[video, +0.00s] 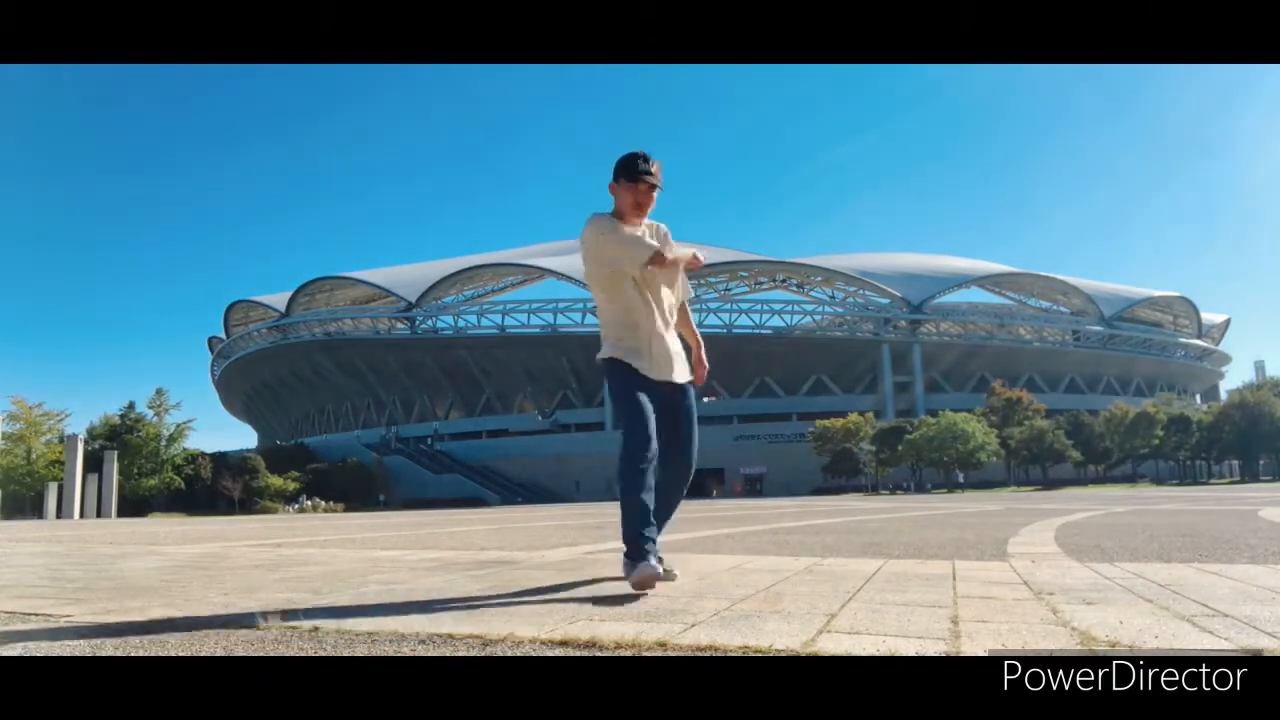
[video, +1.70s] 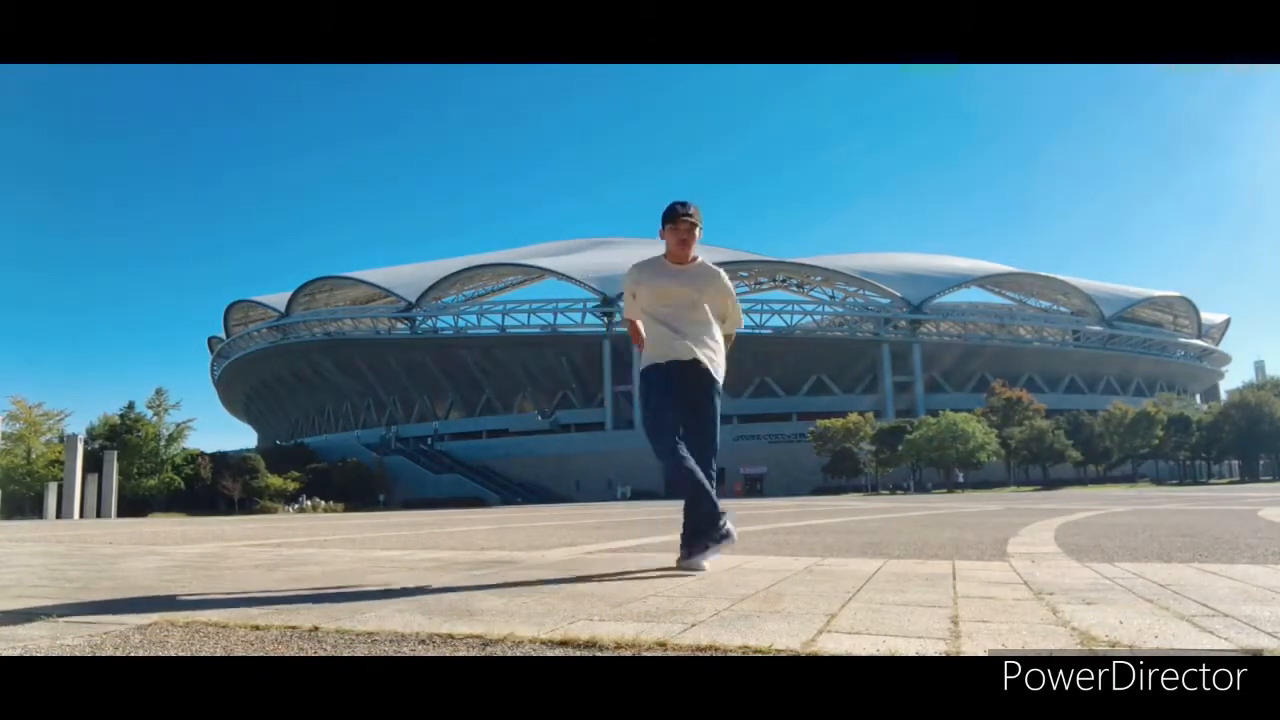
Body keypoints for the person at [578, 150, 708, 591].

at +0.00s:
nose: (647, 197)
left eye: (653, 190)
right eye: (639, 187)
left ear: (657, 193)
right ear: (615, 186)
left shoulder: (661, 236)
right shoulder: (598, 228)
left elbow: (676, 302)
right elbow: (652, 255)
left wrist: (697, 345)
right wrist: (691, 257)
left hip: (672, 360)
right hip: (627, 358)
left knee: (682, 462)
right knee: (641, 445)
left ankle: (645, 544)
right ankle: (640, 557)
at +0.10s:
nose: (642, 194)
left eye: (649, 188)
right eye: (634, 185)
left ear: (656, 195)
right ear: (615, 190)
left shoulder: (665, 243)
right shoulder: (599, 233)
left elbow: (676, 310)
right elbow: (629, 274)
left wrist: (690, 354)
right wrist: (682, 279)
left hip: (669, 363)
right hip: (622, 360)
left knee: (674, 459)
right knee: (632, 439)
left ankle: (642, 550)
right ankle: (615, 549)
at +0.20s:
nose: (644, 195)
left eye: (649, 189)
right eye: (635, 188)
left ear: (655, 199)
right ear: (616, 197)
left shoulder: (667, 250)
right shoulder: (598, 237)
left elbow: (676, 320)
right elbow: (608, 294)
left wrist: (686, 371)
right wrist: (659, 316)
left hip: (666, 371)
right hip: (617, 368)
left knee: (667, 465)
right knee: (614, 457)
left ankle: (641, 551)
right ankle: (604, 517)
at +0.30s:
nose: (636, 202)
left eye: (643, 196)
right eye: (627, 196)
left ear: (654, 204)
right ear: (615, 205)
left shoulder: (669, 259)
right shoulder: (599, 243)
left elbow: (674, 326)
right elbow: (590, 297)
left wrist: (680, 376)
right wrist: (612, 341)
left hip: (663, 378)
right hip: (615, 375)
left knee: (666, 465)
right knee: (602, 464)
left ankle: (642, 550)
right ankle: (611, 514)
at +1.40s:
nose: (675, 227)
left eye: (680, 221)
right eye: (667, 221)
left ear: (691, 226)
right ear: (654, 228)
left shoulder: (712, 268)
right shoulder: (637, 267)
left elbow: (715, 322)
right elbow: (606, 307)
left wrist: (710, 376)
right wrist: (608, 357)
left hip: (698, 377)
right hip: (654, 364)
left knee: (699, 467)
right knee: (622, 419)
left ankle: (693, 549)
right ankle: (616, 458)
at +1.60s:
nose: (684, 223)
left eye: (689, 217)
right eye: (676, 217)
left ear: (698, 223)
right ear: (662, 224)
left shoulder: (715, 269)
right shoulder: (644, 267)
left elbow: (719, 322)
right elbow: (616, 315)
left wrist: (710, 365)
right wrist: (618, 363)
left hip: (710, 381)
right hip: (665, 371)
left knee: (709, 466)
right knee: (639, 439)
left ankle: (692, 549)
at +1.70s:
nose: (684, 233)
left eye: (690, 227)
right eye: (677, 227)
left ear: (699, 233)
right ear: (664, 232)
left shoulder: (713, 275)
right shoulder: (640, 273)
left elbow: (731, 323)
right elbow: (631, 319)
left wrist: (707, 351)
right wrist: (649, 352)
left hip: (701, 363)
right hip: (655, 364)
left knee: (704, 451)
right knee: (664, 442)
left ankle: (695, 544)